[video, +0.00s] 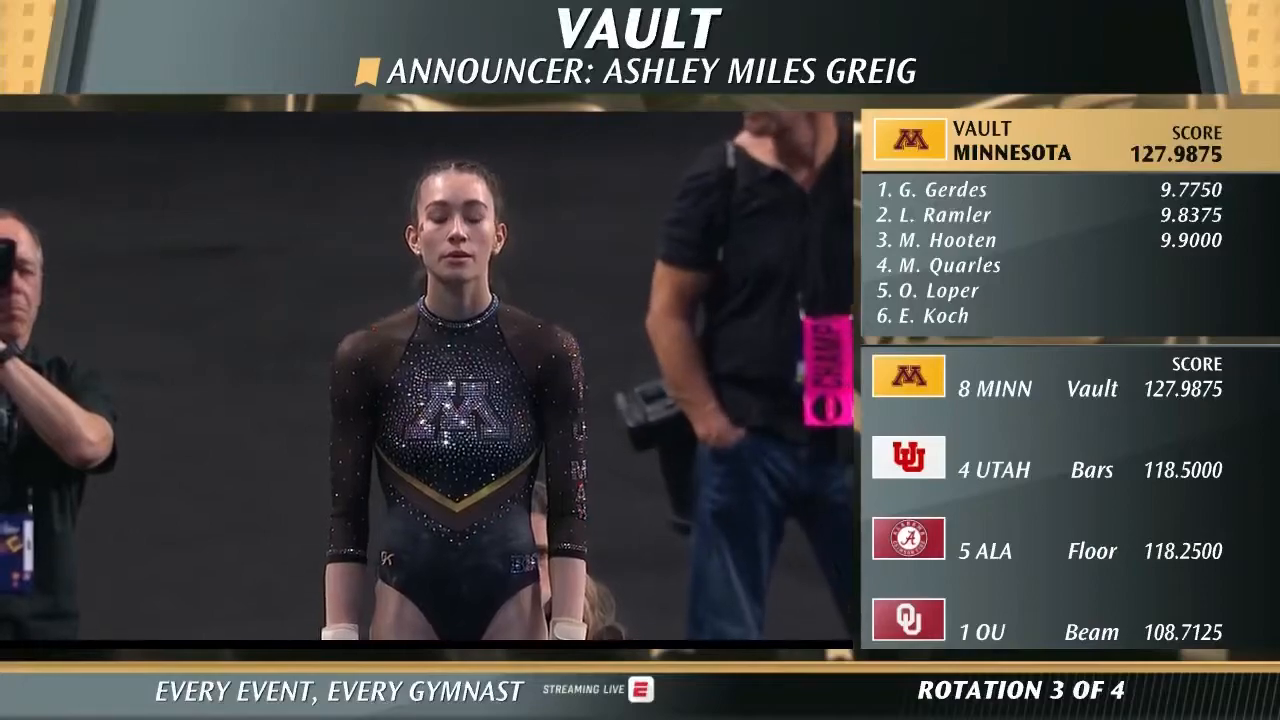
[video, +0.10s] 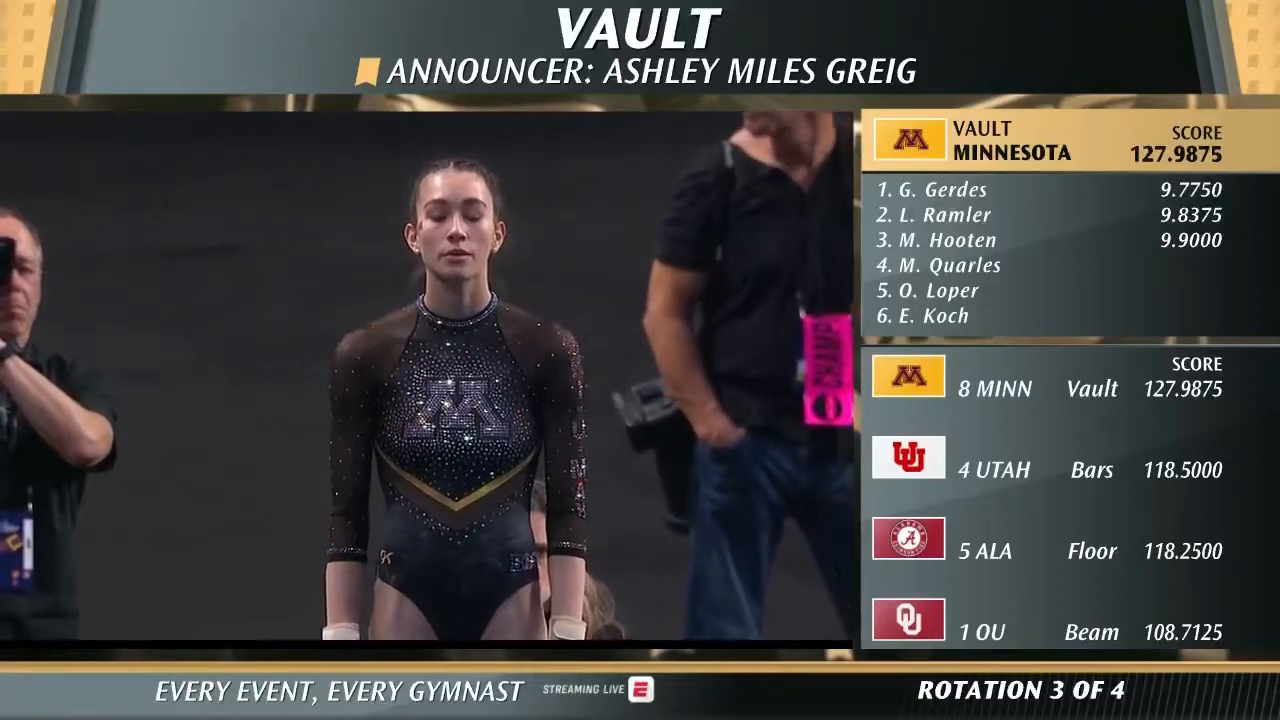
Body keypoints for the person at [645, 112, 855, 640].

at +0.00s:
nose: (749, 102)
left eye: (763, 88)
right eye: (745, 89)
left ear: (810, 89)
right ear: (747, 96)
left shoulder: (863, 169)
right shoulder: (719, 178)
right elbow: (667, 314)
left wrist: (879, 415)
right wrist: (713, 428)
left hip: (850, 444)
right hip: (745, 444)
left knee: (889, 632)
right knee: (726, 635)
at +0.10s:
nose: (749, 101)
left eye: (764, 85)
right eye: (745, 86)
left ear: (811, 89)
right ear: (744, 94)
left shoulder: (862, 168)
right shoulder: (715, 178)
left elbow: (902, 291)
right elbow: (664, 314)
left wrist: (878, 414)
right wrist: (714, 428)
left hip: (848, 443)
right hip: (744, 443)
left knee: (887, 630)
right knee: (726, 633)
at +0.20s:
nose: (749, 101)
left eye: (765, 83)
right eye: (743, 84)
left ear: (813, 84)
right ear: (741, 92)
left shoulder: (860, 166)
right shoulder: (714, 176)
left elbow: (899, 292)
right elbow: (662, 315)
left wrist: (875, 415)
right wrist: (716, 430)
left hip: (846, 444)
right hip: (742, 443)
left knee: (885, 633)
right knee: (724, 635)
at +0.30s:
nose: (752, 102)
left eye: (770, 84)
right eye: (745, 86)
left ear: (819, 91)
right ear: (740, 93)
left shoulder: (860, 168)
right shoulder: (712, 179)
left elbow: (899, 293)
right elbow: (662, 319)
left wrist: (874, 419)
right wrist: (719, 435)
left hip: (847, 447)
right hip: (742, 447)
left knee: (886, 635)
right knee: (724, 637)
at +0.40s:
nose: (756, 99)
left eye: (774, 81)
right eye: (748, 82)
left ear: (821, 91)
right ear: (739, 87)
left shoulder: (859, 168)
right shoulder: (713, 177)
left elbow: (898, 293)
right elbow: (662, 317)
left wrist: (873, 416)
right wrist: (722, 434)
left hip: (847, 445)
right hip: (742, 444)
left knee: (886, 635)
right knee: (724, 637)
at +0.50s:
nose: (764, 98)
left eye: (783, 81)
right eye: (755, 82)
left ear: (826, 90)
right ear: (744, 89)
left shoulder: (860, 170)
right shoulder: (713, 179)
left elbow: (899, 296)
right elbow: (662, 320)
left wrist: (874, 420)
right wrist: (728, 438)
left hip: (849, 448)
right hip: (744, 448)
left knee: (883, 638)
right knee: (725, 639)